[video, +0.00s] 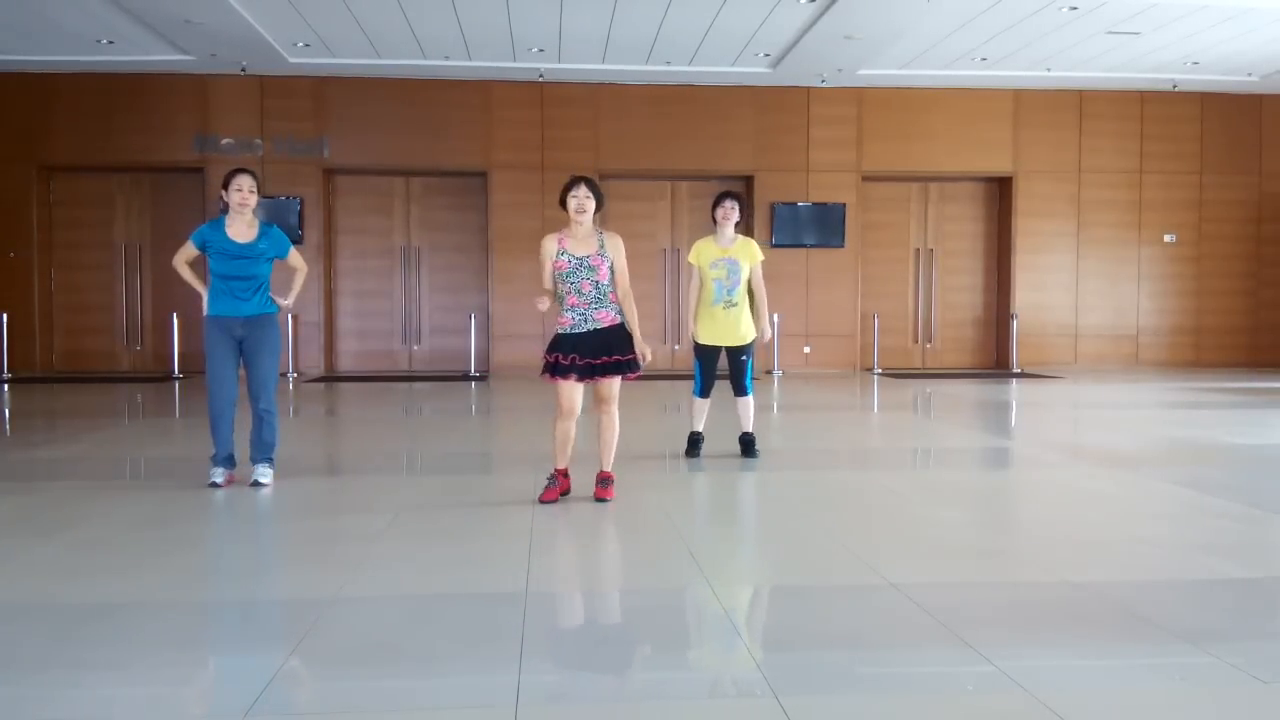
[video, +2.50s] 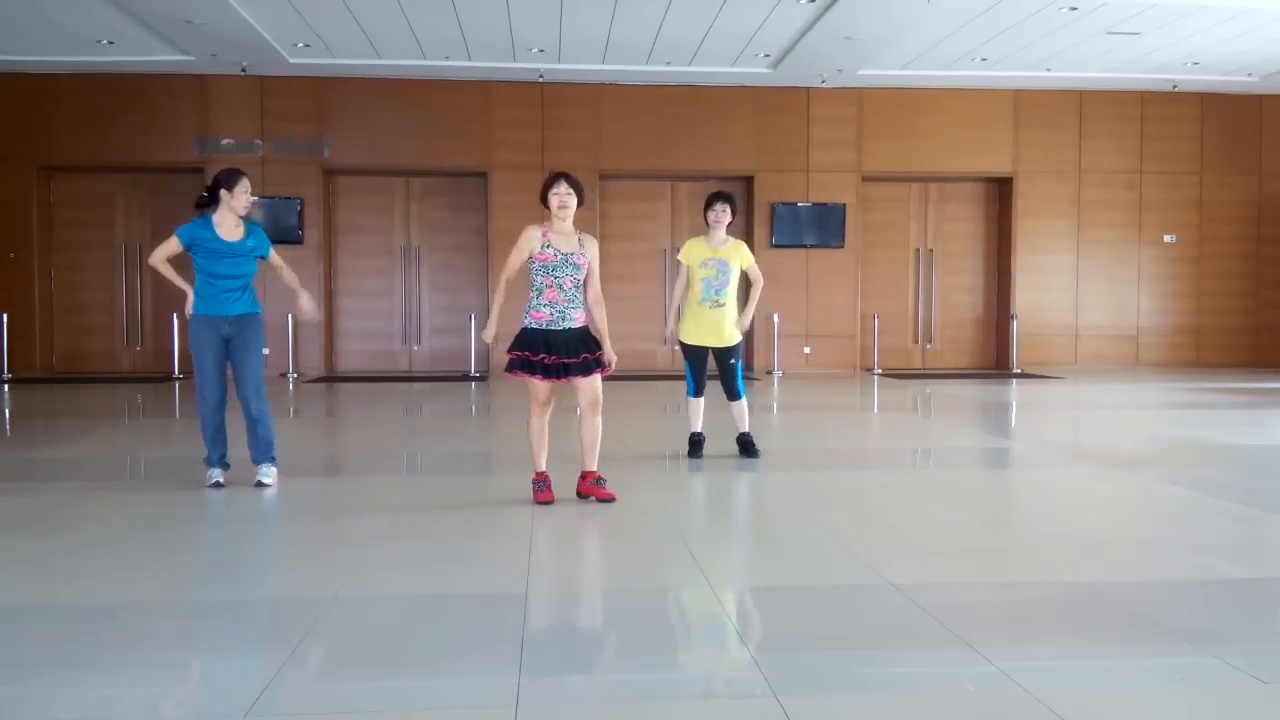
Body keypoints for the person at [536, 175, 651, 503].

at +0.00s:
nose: (581, 202)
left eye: (587, 197)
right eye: (575, 197)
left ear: (597, 204)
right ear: (565, 202)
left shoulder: (612, 242)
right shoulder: (551, 244)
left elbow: (624, 292)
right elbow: (549, 292)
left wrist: (637, 337)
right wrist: (547, 300)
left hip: (610, 335)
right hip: (570, 336)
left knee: (607, 405)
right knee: (567, 410)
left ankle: (605, 475)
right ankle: (560, 475)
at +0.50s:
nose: (564, 197)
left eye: (570, 193)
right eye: (557, 193)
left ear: (578, 201)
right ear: (547, 200)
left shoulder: (586, 242)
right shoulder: (534, 235)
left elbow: (595, 292)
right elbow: (508, 277)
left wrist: (610, 339)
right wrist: (542, 293)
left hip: (585, 330)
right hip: (548, 332)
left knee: (590, 401)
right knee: (552, 405)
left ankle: (592, 474)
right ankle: (542, 475)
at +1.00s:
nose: (558, 201)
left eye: (564, 196)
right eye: (551, 196)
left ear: (574, 203)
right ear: (542, 203)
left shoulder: (590, 242)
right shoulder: (529, 241)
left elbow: (597, 295)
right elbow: (519, 292)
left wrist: (605, 339)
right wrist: (524, 279)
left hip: (577, 335)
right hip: (536, 334)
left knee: (590, 409)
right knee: (537, 405)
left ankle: (596, 475)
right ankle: (540, 476)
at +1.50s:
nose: (572, 197)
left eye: (578, 192)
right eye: (566, 192)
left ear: (588, 199)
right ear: (556, 199)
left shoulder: (605, 236)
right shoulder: (546, 240)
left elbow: (618, 287)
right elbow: (546, 290)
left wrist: (623, 332)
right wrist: (524, 300)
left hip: (598, 332)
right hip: (557, 331)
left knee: (598, 404)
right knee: (553, 403)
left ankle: (602, 476)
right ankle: (553, 476)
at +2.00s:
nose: (575, 202)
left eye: (580, 197)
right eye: (568, 197)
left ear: (589, 204)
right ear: (557, 204)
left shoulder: (599, 245)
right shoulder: (545, 239)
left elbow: (610, 295)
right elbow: (529, 288)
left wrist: (626, 341)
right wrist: (530, 334)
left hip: (600, 334)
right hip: (562, 337)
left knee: (598, 405)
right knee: (566, 411)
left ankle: (600, 475)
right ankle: (545, 475)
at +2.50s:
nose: (562, 199)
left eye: (568, 194)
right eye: (556, 194)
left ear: (578, 200)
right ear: (546, 200)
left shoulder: (588, 244)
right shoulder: (533, 236)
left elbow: (595, 298)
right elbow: (504, 278)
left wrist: (606, 343)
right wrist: (493, 323)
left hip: (578, 334)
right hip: (540, 334)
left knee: (593, 401)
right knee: (541, 403)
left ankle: (590, 476)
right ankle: (541, 476)